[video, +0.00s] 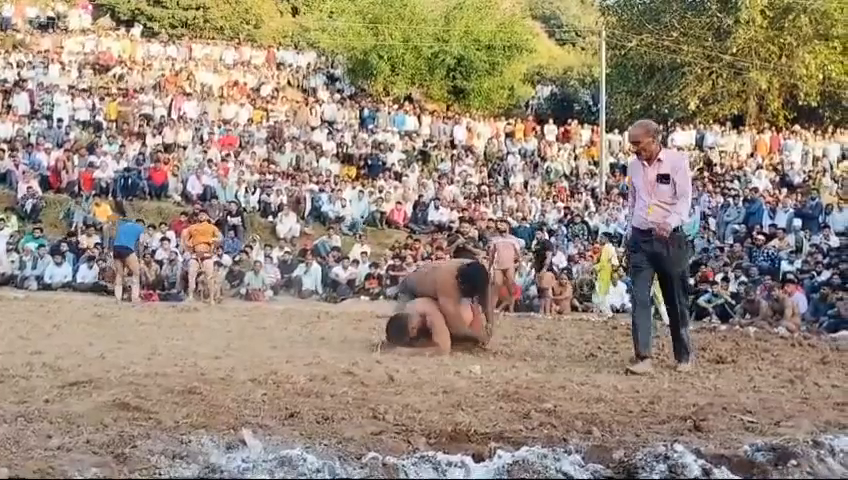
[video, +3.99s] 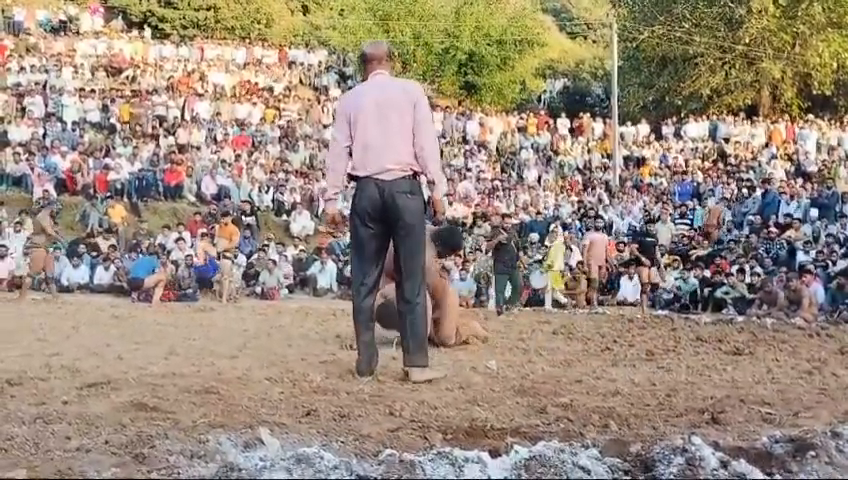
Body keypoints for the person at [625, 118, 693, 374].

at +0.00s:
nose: (637, 151)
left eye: (640, 145)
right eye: (634, 146)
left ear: (655, 140)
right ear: (633, 144)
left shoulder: (676, 160)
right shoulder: (634, 165)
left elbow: (684, 199)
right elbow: (633, 200)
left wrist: (670, 223)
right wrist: (631, 228)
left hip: (669, 235)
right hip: (639, 235)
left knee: (675, 299)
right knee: (640, 297)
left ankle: (683, 356)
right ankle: (642, 356)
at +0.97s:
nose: (551, 126)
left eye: (551, 119)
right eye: (549, 120)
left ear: (565, 111)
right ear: (565, 111)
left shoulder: (594, 135)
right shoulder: (572, 140)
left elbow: (590, 178)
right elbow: (571, 183)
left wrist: (563, 210)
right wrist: (559, 214)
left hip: (590, 217)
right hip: (570, 218)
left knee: (598, 291)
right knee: (548, 284)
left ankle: (615, 359)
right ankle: (540, 351)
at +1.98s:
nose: (404, 124)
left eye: (402, 117)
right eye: (402, 118)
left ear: (408, 112)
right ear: (426, 107)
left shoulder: (424, 133)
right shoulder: (461, 125)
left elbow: (428, 180)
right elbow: (484, 167)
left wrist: (419, 226)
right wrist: (492, 202)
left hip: (457, 209)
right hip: (486, 208)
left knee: (428, 288)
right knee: (488, 287)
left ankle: (430, 360)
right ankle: (517, 354)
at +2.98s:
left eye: (404, 71)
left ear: (402, 73)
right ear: (429, 69)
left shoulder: (390, 101)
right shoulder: (452, 96)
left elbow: (376, 151)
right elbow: (464, 148)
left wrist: (369, 197)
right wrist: (475, 195)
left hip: (403, 192)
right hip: (440, 192)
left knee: (397, 275)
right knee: (437, 281)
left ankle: (384, 354)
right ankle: (429, 362)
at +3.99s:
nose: (377, 67)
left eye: (369, 62)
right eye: (385, 60)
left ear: (363, 66)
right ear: (389, 62)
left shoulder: (348, 100)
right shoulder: (412, 90)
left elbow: (338, 150)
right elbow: (426, 143)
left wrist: (332, 196)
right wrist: (438, 189)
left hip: (365, 192)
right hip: (405, 189)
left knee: (364, 279)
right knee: (412, 279)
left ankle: (365, 364)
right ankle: (416, 364)